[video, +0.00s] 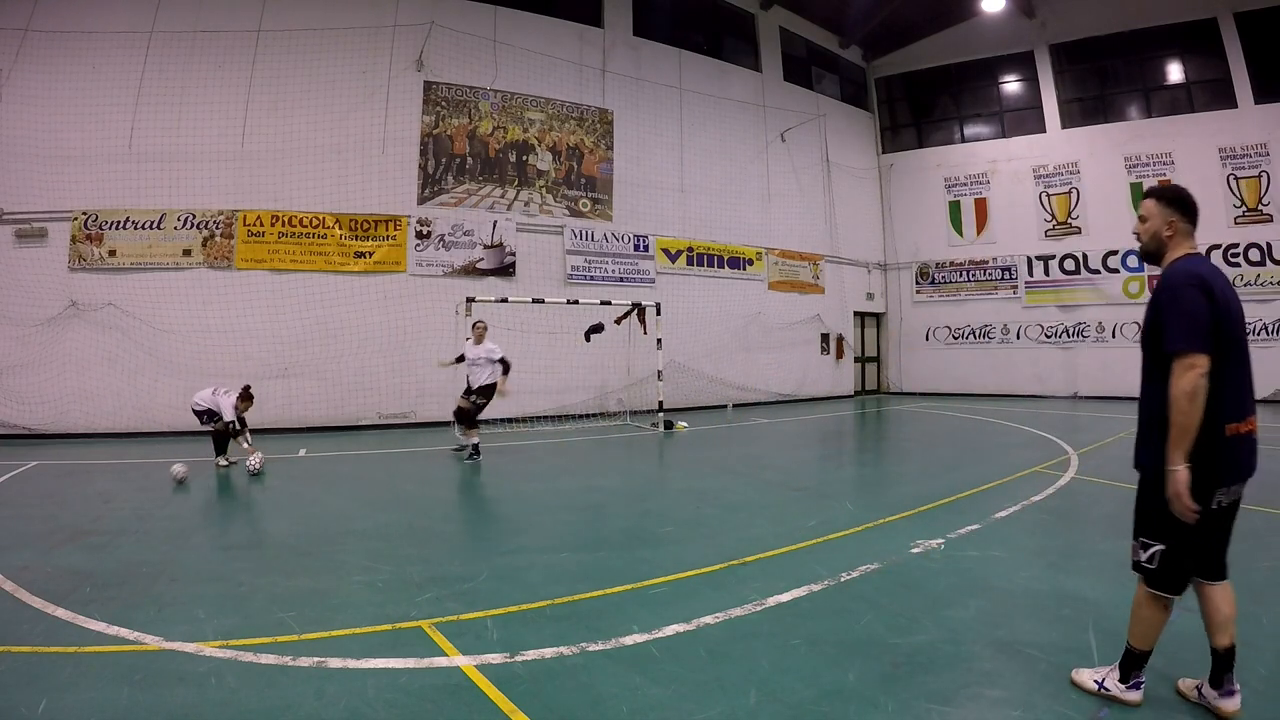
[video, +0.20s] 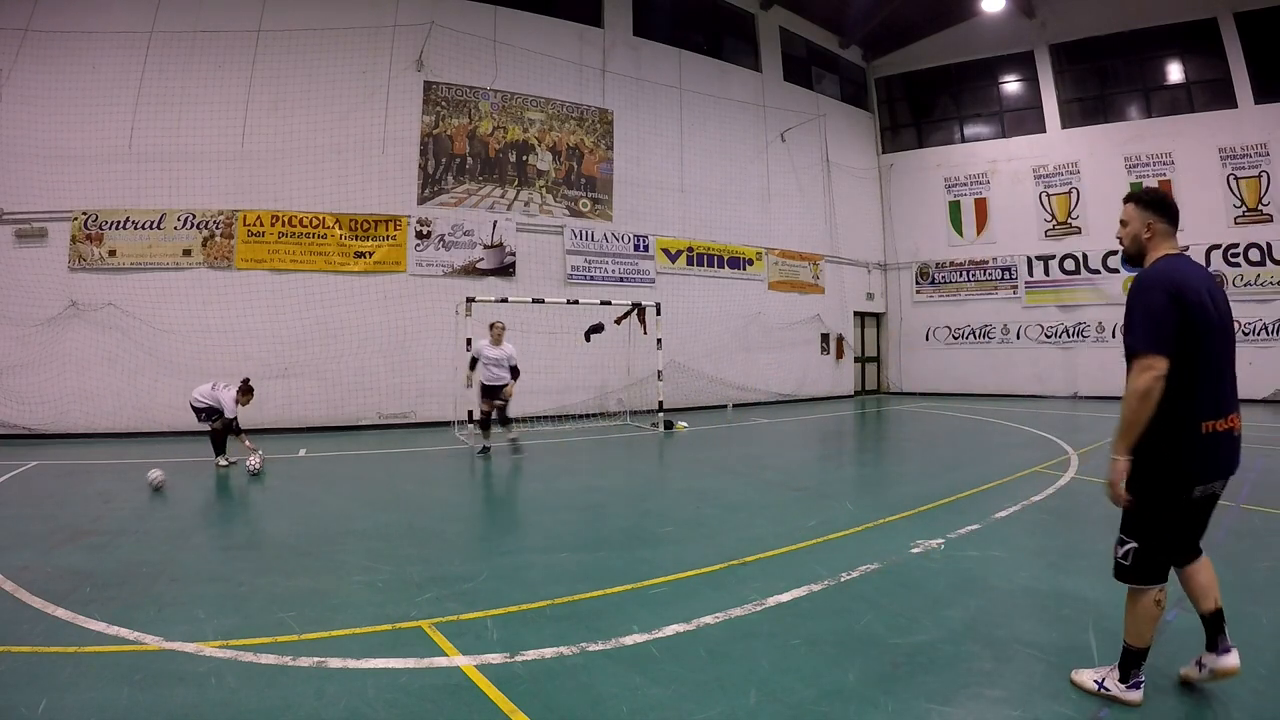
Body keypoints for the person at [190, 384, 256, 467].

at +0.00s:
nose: (247, 410)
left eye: (248, 408)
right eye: (246, 407)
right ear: (239, 402)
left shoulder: (237, 400)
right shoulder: (228, 404)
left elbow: (240, 418)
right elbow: (231, 430)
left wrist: (247, 435)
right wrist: (247, 447)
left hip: (211, 403)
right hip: (199, 404)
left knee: (226, 427)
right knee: (220, 427)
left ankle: (223, 455)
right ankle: (219, 457)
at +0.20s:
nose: (248, 403)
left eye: (249, 400)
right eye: (248, 400)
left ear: (241, 394)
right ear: (240, 395)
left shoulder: (236, 393)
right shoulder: (229, 401)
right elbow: (233, 426)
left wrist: (246, 442)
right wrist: (247, 444)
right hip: (198, 400)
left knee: (224, 425)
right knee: (217, 426)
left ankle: (223, 455)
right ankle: (219, 457)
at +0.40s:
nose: (249, 399)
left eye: (250, 396)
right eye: (248, 396)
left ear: (240, 390)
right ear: (240, 391)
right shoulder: (229, 397)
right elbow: (234, 422)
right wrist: (247, 442)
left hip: (206, 397)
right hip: (196, 399)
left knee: (222, 424)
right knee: (216, 425)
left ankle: (223, 455)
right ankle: (219, 457)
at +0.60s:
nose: (246, 390)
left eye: (247, 387)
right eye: (246, 386)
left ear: (237, 382)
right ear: (238, 382)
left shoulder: (230, 383)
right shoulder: (228, 388)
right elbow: (232, 415)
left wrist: (239, 429)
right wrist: (241, 432)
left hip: (204, 398)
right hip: (195, 398)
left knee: (218, 422)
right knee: (213, 424)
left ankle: (221, 455)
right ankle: (218, 457)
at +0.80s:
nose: (239, 369)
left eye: (240, 366)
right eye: (238, 365)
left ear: (229, 364)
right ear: (231, 364)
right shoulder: (222, 376)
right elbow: (219, 400)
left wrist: (221, 415)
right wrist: (224, 419)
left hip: (203, 397)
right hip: (194, 397)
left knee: (214, 423)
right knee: (212, 424)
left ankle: (208, 453)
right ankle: (217, 456)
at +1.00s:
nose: (223, 353)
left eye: (224, 350)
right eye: (221, 350)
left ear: (217, 351)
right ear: (213, 351)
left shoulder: (213, 364)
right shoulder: (208, 365)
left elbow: (210, 382)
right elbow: (197, 385)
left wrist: (217, 396)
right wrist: (197, 405)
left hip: (201, 399)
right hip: (192, 400)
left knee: (202, 428)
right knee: (205, 428)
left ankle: (188, 455)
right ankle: (216, 456)